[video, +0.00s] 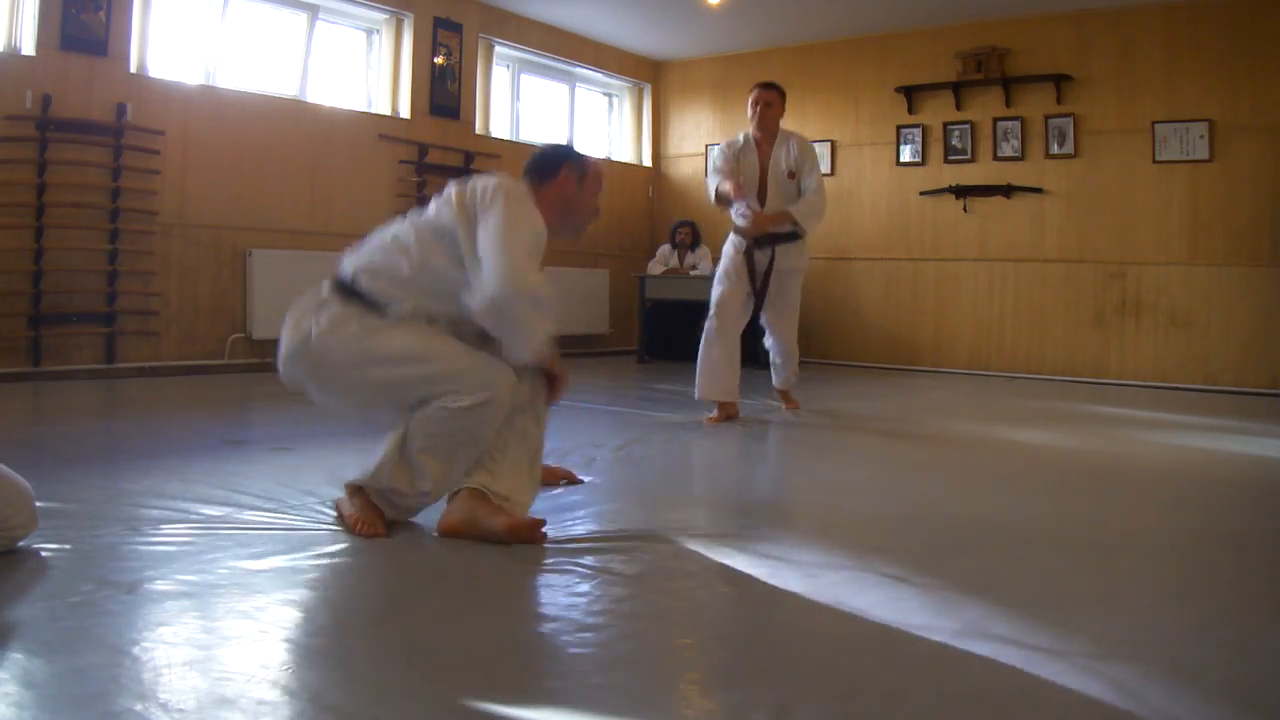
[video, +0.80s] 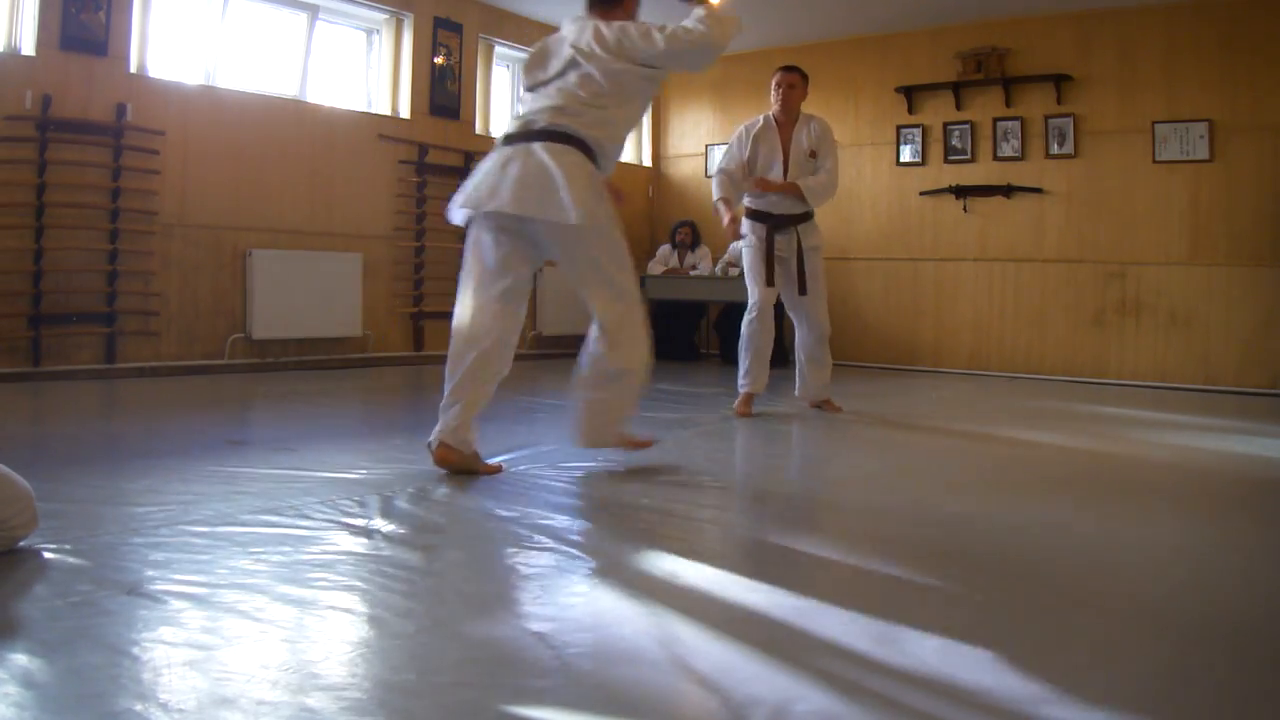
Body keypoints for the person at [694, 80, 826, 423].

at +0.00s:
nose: (760, 110)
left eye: (769, 105)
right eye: (755, 104)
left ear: (782, 112)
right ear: (747, 110)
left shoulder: (799, 149)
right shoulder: (730, 149)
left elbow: (815, 202)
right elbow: (715, 183)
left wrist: (773, 220)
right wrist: (726, 189)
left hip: (786, 248)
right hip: (741, 245)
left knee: (782, 323)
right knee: (721, 317)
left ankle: (783, 386)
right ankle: (726, 402)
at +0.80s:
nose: (782, 93)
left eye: (790, 87)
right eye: (777, 87)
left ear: (804, 94)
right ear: (770, 92)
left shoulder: (817, 130)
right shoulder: (750, 132)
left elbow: (826, 183)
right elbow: (725, 174)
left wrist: (778, 187)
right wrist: (726, 209)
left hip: (801, 229)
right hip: (758, 229)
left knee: (813, 313)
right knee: (759, 307)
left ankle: (816, 391)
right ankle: (747, 389)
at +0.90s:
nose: (775, 97)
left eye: (783, 92)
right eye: (770, 91)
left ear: (795, 100)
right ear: (761, 97)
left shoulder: (806, 131)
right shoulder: (743, 136)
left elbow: (808, 172)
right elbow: (712, 178)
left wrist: (759, 163)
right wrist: (708, 218)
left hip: (794, 231)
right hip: (752, 230)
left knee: (813, 314)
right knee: (759, 297)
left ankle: (813, 390)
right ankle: (736, 383)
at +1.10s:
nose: (741, 103)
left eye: (743, 98)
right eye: (734, 98)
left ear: (744, 103)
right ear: (720, 102)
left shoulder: (756, 138)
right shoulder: (702, 137)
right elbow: (695, 187)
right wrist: (733, 202)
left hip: (756, 236)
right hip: (720, 237)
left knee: (800, 318)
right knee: (733, 325)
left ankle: (814, 389)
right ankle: (705, 403)